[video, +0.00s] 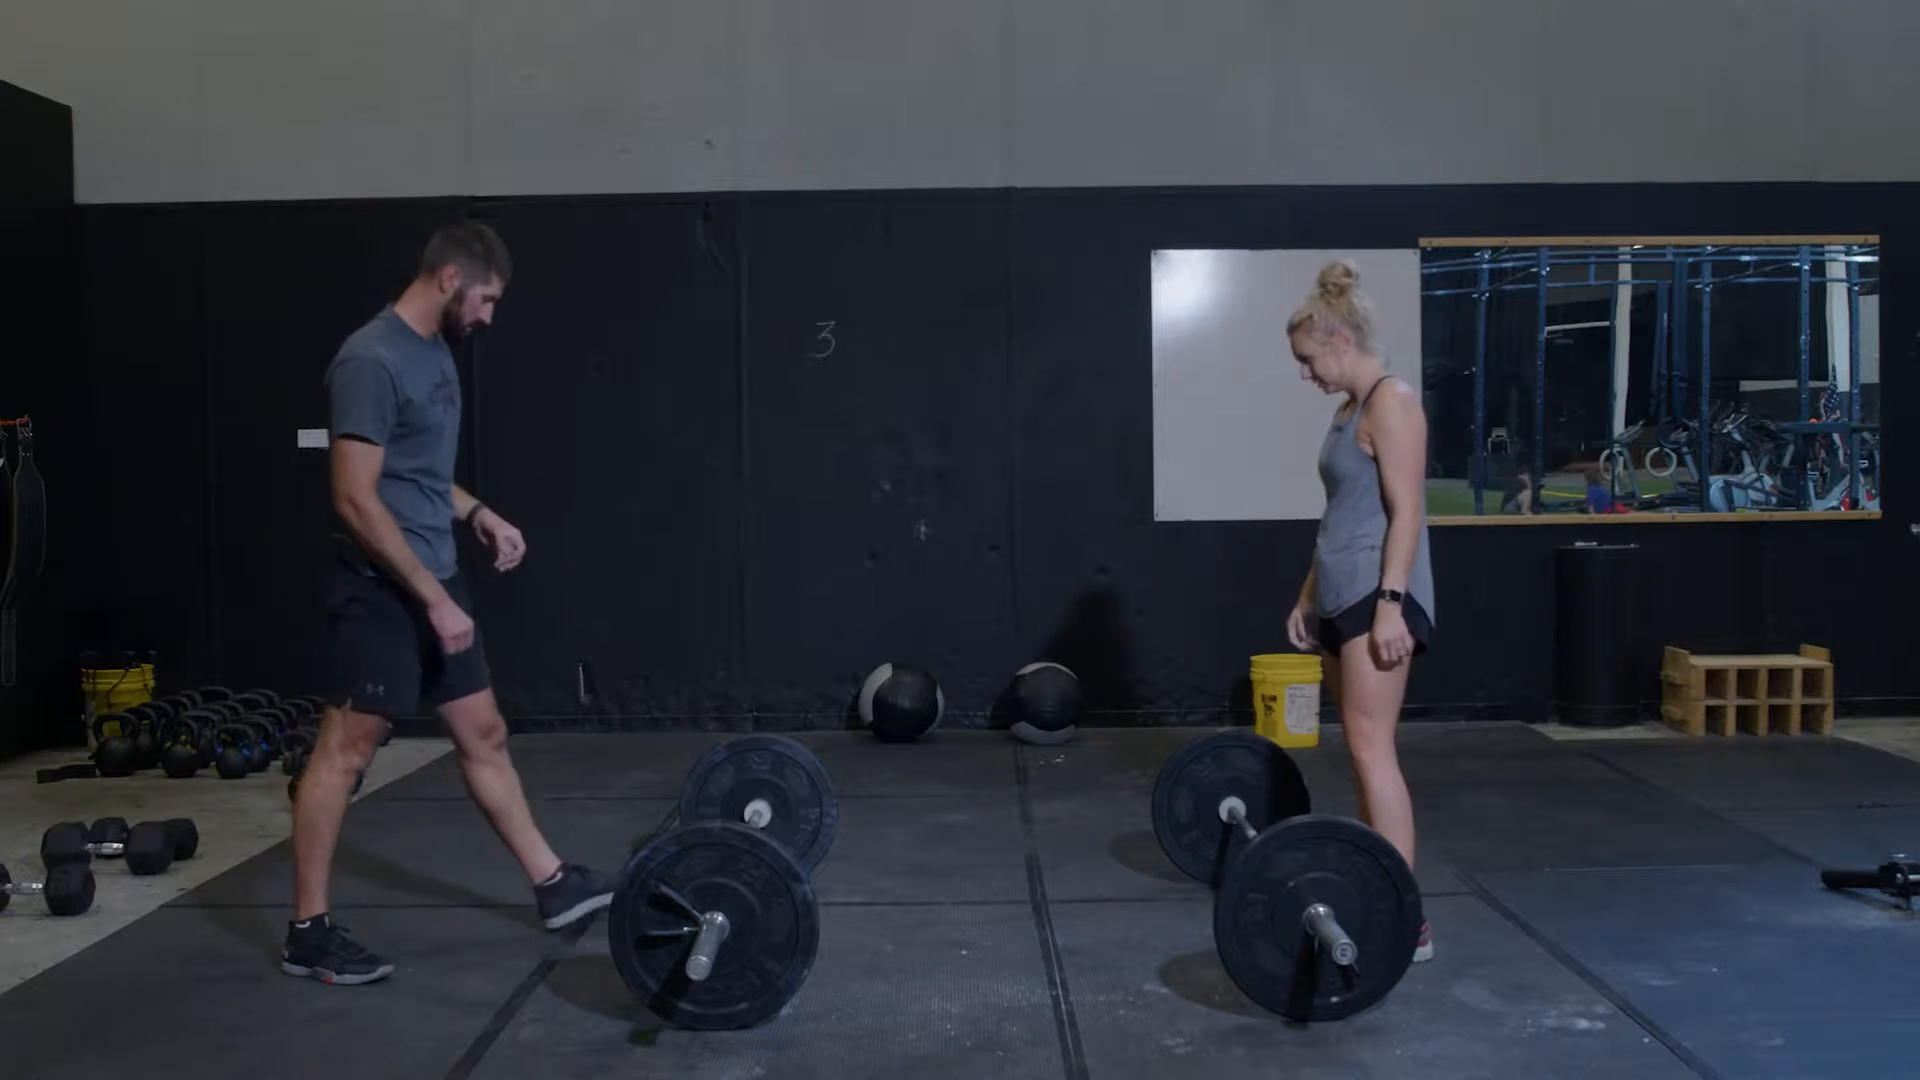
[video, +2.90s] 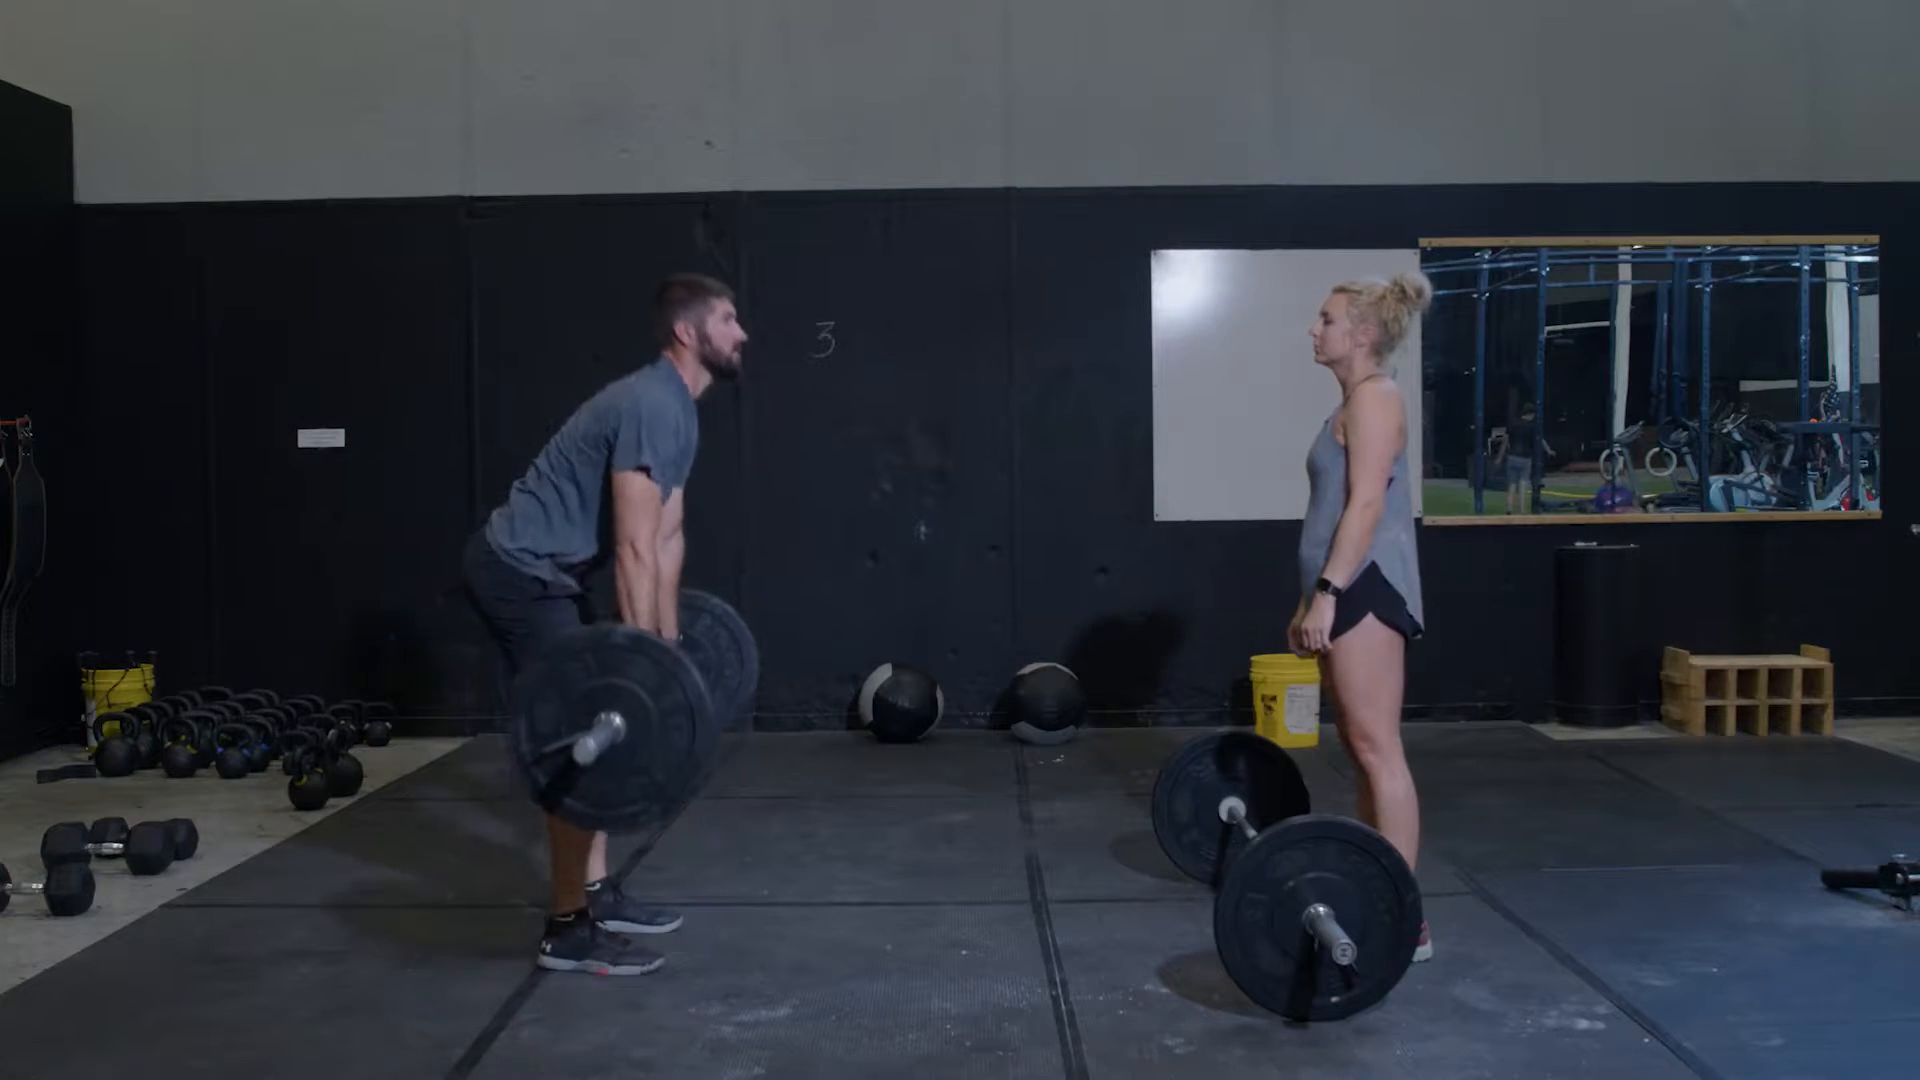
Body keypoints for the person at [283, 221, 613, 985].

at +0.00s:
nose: (488, 316)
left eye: (493, 303)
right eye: (485, 300)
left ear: (453, 285)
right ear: (448, 281)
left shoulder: (436, 355)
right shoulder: (370, 360)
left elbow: (422, 470)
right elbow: (352, 497)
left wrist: (480, 517)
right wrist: (433, 596)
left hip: (433, 579)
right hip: (374, 583)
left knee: (483, 735)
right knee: (344, 749)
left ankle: (553, 883)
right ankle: (309, 927)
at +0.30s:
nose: (618, 356)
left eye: (627, 345)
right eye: (618, 340)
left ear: (592, 317)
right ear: (586, 311)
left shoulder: (552, 378)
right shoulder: (498, 369)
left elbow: (533, 480)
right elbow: (464, 498)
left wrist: (593, 556)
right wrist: (473, 618)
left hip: (504, 575)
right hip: (451, 578)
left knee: (553, 724)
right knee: (469, 753)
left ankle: (578, 893)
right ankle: (349, 899)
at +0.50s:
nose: (686, 398)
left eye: (696, 389)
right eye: (690, 382)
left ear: (667, 356)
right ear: (663, 349)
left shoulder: (625, 408)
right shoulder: (568, 382)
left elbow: (612, 508)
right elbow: (532, 510)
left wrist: (652, 605)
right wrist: (557, 636)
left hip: (524, 561)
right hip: (471, 560)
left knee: (564, 715)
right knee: (530, 726)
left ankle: (576, 893)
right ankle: (473, 905)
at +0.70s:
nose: (728, 452)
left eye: (739, 444)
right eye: (733, 436)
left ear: (712, 405)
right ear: (709, 403)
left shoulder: (661, 438)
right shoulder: (629, 427)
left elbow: (661, 546)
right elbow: (611, 565)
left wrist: (685, 653)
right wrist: (656, 691)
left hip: (534, 565)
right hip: (487, 560)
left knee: (591, 720)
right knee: (552, 737)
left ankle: (584, 889)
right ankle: (559, 922)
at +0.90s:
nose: (759, 541)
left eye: (771, 532)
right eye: (766, 525)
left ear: (745, 489)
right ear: (746, 490)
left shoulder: (692, 502)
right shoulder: (673, 503)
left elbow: (701, 621)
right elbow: (680, 667)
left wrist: (718, 729)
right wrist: (720, 788)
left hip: (526, 582)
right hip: (489, 580)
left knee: (610, 719)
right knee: (590, 738)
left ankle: (592, 889)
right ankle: (567, 922)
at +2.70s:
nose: (779, 448)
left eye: (777, 434)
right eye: (768, 434)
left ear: (727, 442)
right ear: (726, 440)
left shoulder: (694, 508)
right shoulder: (672, 498)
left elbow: (681, 629)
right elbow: (648, 640)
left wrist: (676, 734)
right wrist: (648, 756)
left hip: (529, 598)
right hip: (491, 595)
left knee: (633, 724)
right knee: (608, 741)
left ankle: (601, 912)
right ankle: (576, 926)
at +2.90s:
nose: (740, 334)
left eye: (737, 321)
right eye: (728, 322)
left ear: (690, 336)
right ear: (686, 332)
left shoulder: (678, 410)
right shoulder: (652, 405)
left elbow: (669, 536)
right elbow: (632, 550)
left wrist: (670, 653)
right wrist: (643, 664)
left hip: (550, 569)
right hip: (518, 568)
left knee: (600, 717)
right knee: (574, 729)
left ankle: (592, 896)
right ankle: (566, 927)